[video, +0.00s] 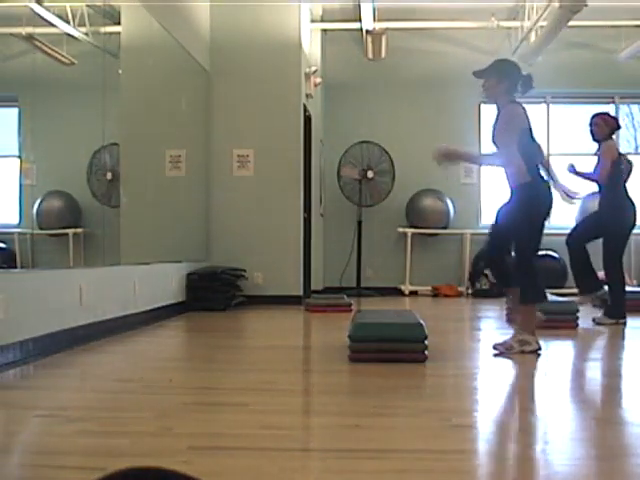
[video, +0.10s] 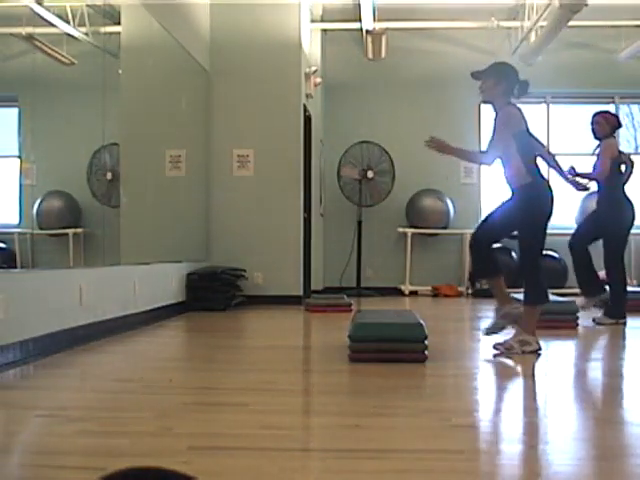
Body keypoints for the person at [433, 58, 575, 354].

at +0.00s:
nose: (483, 86)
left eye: (488, 81)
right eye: (484, 81)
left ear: (504, 84)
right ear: (504, 85)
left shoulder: (510, 113)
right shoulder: (513, 112)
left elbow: (507, 158)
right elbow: (537, 152)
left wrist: (463, 156)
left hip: (528, 194)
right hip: (528, 193)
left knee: (523, 260)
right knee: (496, 254)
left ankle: (527, 335)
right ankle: (523, 328)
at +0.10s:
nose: (480, 86)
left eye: (485, 82)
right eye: (481, 82)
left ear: (501, 86)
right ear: (500, 87)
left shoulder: (507, 114)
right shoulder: (508, 114)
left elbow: (488, 158)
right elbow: (540, 149)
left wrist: (450, 150)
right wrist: (568, 178)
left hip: (531, 197)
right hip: (530, 196)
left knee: (529, 265)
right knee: (479, 241)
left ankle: (528, 337)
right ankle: (505, 304)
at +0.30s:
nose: (484, 88)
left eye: (489, 83)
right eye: (485, 83)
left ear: (504, 84)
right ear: (500, 85)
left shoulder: (515, 114)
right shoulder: (508, 115)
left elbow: (512, 168)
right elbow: (506, 167)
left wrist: (504, 212)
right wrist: (501, 210)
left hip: (519, 196)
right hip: (510, 195)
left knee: (517, 262)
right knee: (501, 261)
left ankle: (527, 335)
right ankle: (512, 329)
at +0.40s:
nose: (482, 85)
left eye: (487, 80)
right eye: (483, 80)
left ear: (503, 83)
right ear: (501, 84)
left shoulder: (509, 111)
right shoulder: (506, 112)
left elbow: (520, 156)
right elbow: (499, 160)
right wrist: (466, 183)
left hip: (520, 188)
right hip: (517, 187)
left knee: (509, 256)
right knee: (508, 255)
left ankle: (521, 328)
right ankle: (517, 326)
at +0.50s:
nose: (478, 85)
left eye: (483, 81)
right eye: (479, 81)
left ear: (499, 87)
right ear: (494, 88)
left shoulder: (507, 116)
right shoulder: (492, 125)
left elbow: (546, 137)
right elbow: (470, 159)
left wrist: (567, 173)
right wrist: (432, 160)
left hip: (526, 195)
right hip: (523, 197)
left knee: (488, 249)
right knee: (517, 261)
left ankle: (510, 320)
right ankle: (518, 335)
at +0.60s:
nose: (477, 85)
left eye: (482, 80)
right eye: (478, 80)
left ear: (499, 86)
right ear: (494, 87)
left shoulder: (507, 115)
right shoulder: (492, 123)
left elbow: (545, 137)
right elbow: (471, 160)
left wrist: (568, 177)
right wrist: (434, 164)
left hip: (524, 194)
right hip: (520, 195)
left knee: (486, 249)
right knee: (517, 259)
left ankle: (508, 318)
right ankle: (517, 332)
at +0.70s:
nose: (479, 86)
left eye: (484, 81)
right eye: (480, 81)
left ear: (500, 85)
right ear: (494, 86)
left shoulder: (510, 113)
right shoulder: (496, 118)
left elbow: (535, 156)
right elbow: (495, 162)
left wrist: (535, 201)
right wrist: (468, 190)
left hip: (519, 191)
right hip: (507, 192)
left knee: (506, 257)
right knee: (502, 258)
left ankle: (517, 332)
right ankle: (511, 330)